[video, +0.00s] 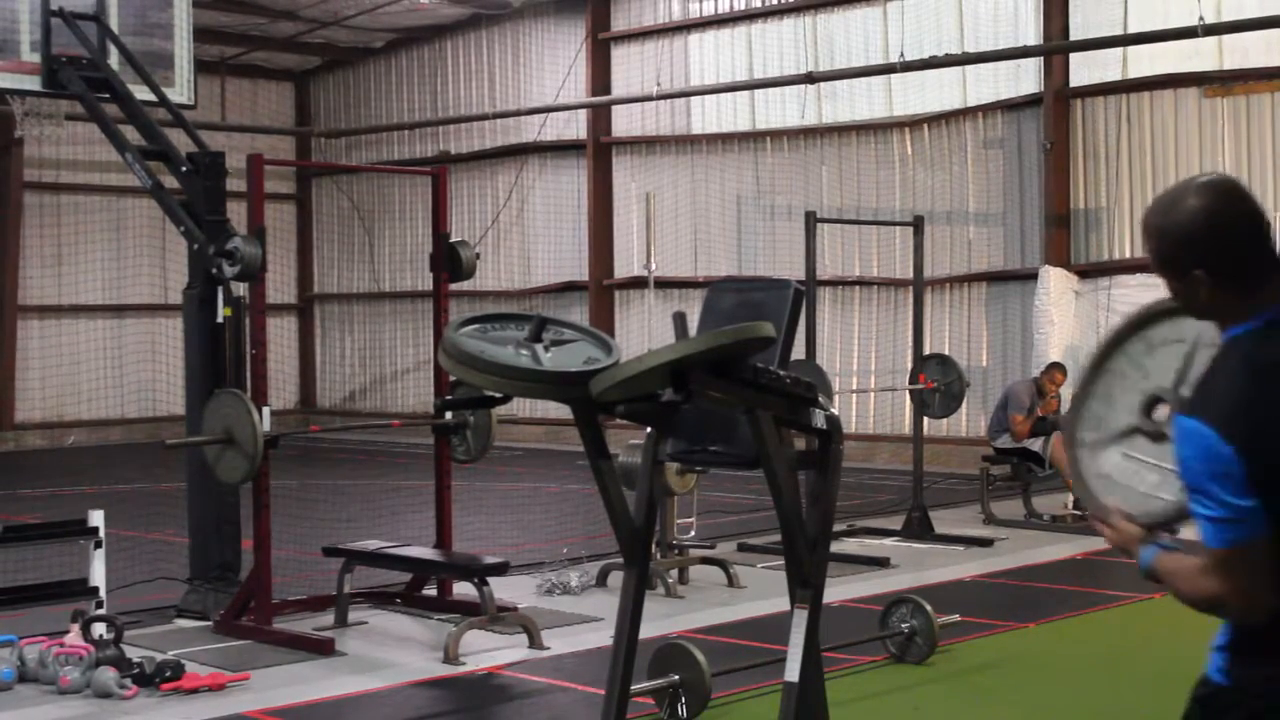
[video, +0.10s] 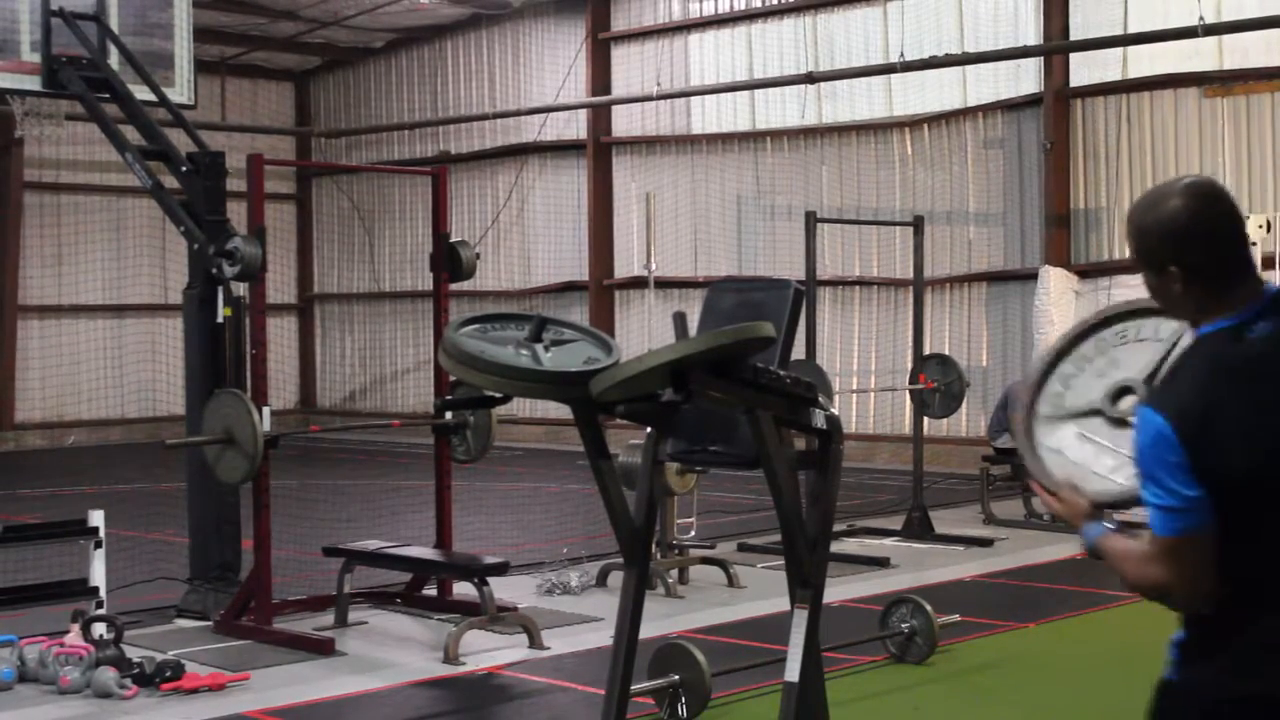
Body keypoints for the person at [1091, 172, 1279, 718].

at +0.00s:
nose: (1167, 292)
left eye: (1166, 278)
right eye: (1162, 277)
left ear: (1197, 283)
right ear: (1260, 237)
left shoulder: (1216, 415)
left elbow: (1244, 593)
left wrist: (1145, 551)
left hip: (1253, 674)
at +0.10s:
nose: (1144, 285)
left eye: (1144, 272)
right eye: (1140, 272)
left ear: (1175, 278)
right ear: (1241, 239)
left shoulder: (1176, 410)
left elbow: (1183, 582)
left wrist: (1090, 527)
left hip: (1228, 667)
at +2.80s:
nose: (778, 223)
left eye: (788, 209)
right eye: (780, 208)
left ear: (829, 216)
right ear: (834, 219)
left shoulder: (843, 294)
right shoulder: (856, 285)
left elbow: (766, 365)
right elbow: (780, 354)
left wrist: (703, 288)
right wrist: (719, 304)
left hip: (840, 564)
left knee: (820, 708)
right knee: (867, 707)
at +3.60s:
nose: (825, 232)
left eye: (836, 216)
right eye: (826, 217)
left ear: (884, 222)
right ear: (882, 224)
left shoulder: (917, 330)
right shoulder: (884, 313)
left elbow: (947, 477)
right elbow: (893, 457)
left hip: (906, 605)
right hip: (860, 595)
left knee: (901, 713)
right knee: (822, 709)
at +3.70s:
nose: (828, 226)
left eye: (840, 211)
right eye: (831, 211)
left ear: (889, 220)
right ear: (883, 224)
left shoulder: (926, 335)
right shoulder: (884, 310)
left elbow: (964, 481)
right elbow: (896, 458)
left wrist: (853, 539)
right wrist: (836, 528)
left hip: (910, 615)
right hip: (855, 602)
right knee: (814, 710)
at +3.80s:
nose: (825, 226)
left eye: (838, 211)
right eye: (828, 211)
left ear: (887, 222)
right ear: (880, 225)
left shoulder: (929, 340)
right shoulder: (874, 312)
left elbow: (964, 485)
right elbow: (887, 455)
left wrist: (849, 534)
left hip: (909, 617)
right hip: (843, 603)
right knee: (806, 711)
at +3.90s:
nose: (814, 230)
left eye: (825, 214)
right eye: (815, 215)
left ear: (876, 222)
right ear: (870, 224)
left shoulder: (927, 340)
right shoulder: (855, 313)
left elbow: (939, 493)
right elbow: (862, 459)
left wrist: (819, 528)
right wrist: (819, 547)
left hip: (906, 618)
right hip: (829, 600)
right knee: (790, 713)